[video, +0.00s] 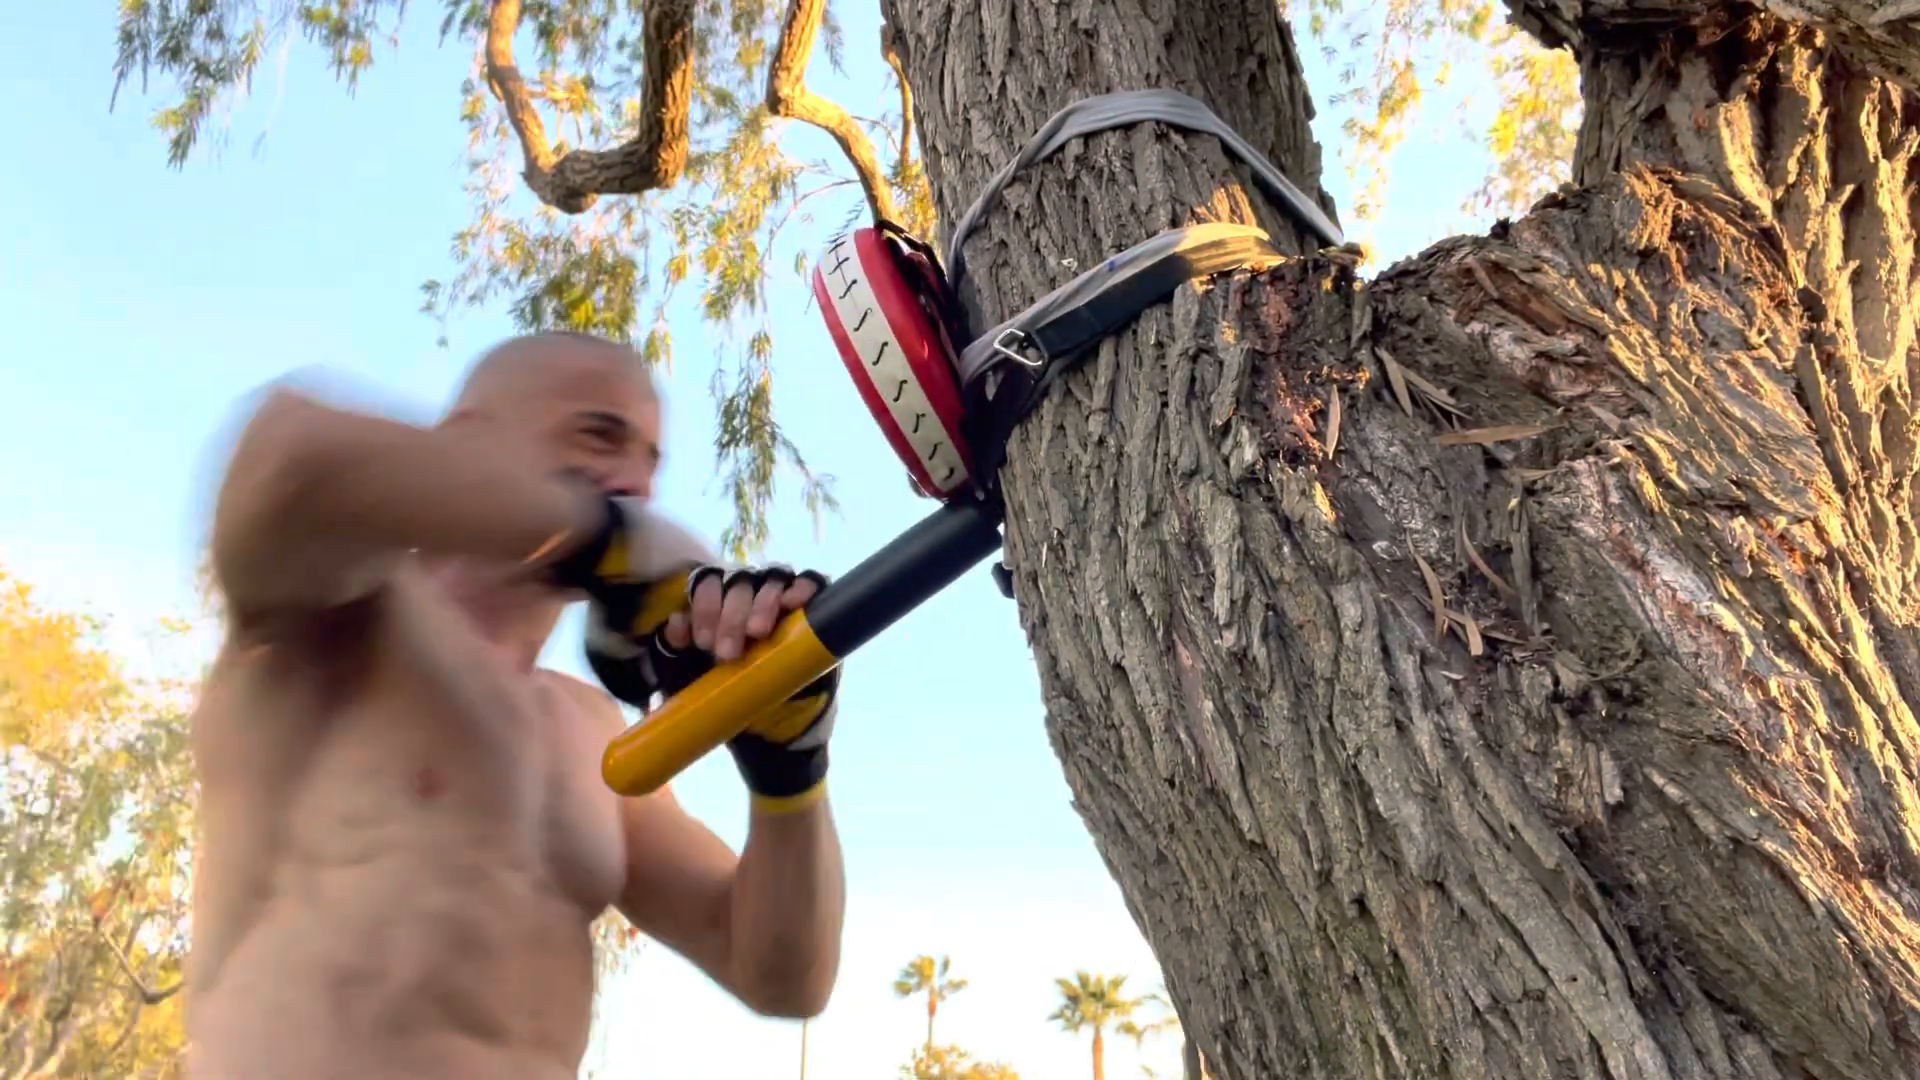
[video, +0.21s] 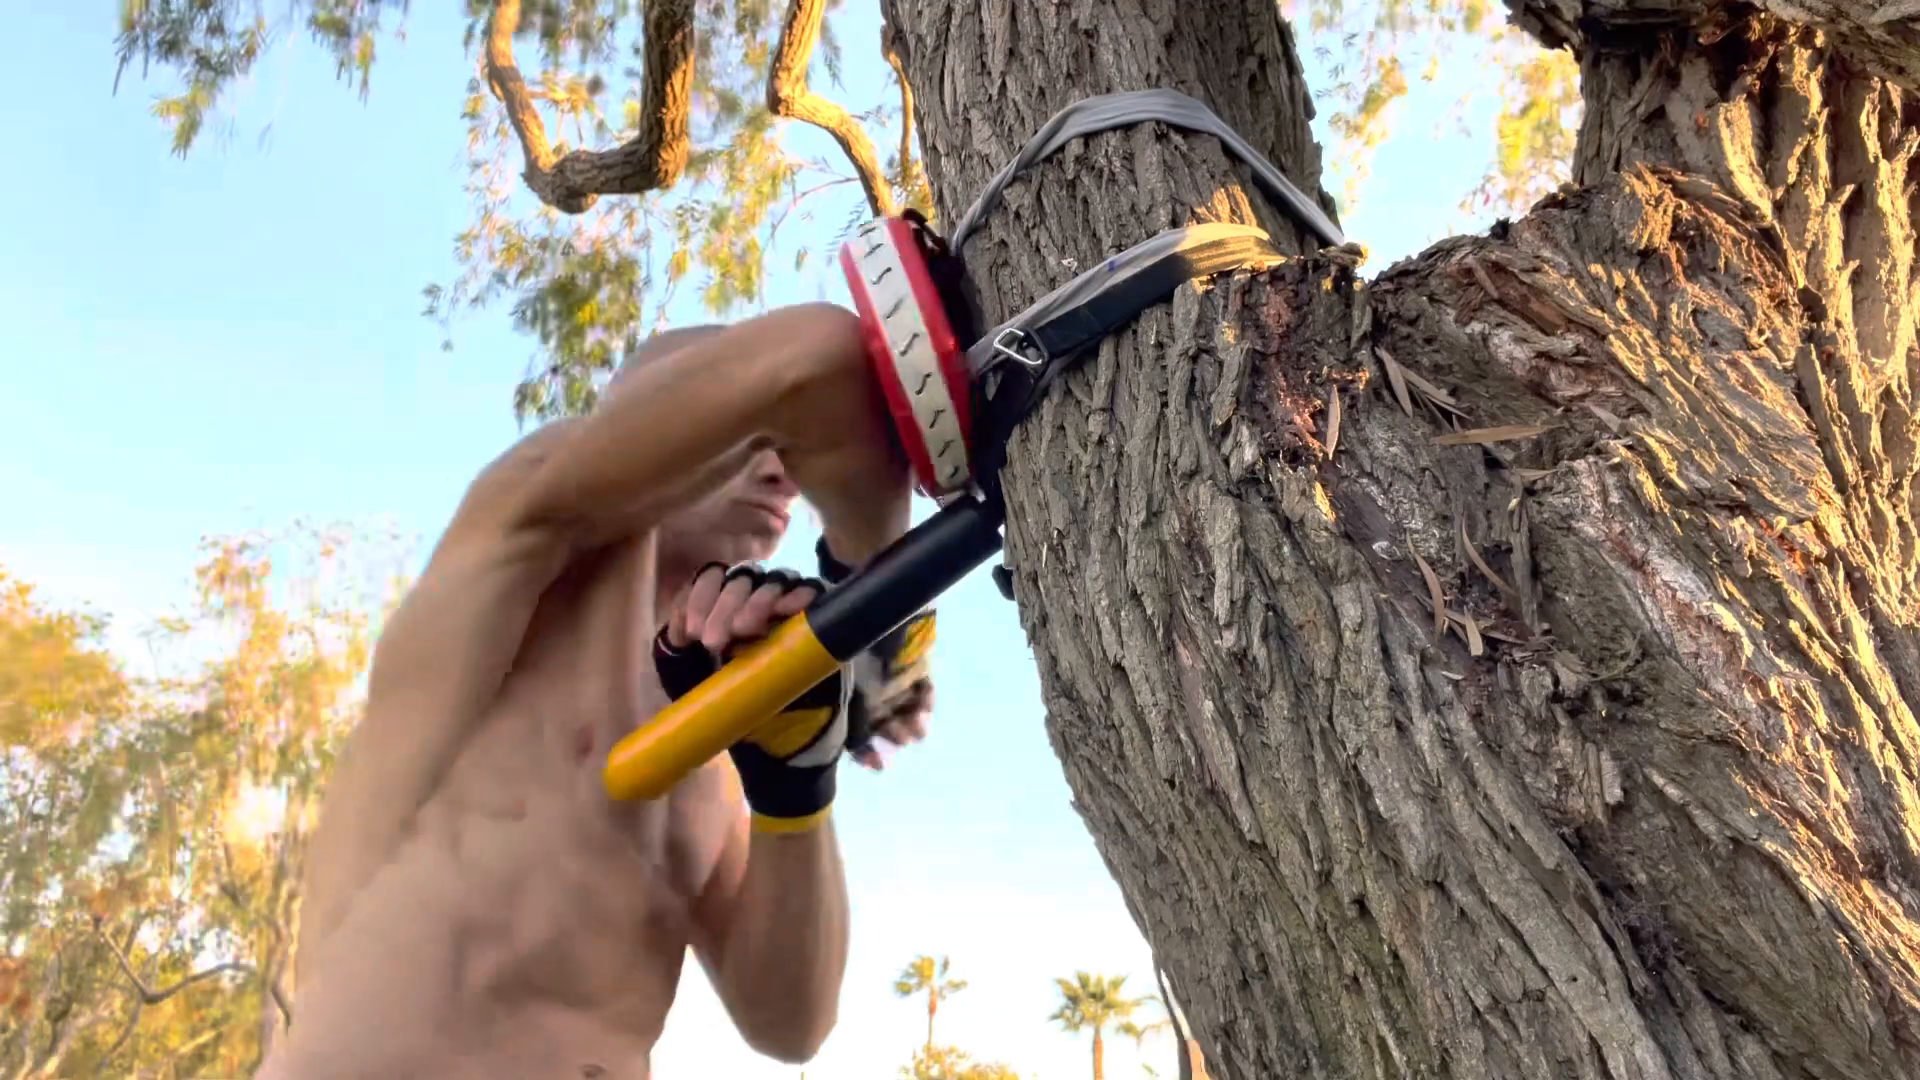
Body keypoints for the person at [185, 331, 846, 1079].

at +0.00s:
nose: (633, 485)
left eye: (650, 465)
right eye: (598, 436)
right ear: (469, 440)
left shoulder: (591, 735)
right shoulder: (331, 610)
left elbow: (783, 979)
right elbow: (294, 455)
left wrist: (785, 763)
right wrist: (610, 538)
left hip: (529, 1061)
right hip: (303, 1052)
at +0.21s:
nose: (784, 462)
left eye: (789, 445)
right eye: (739, 424)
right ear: (632, 425)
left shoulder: (715, 766)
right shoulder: (529, 523)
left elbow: (787, 1023)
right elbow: (820, 350)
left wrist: (792, 768)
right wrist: (876, 601)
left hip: (607, 1060)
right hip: (378, 1052)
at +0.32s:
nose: (746, 471)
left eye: (754, 456)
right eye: (707, 431)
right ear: (599, 426)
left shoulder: (695, 742)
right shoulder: (492, 532)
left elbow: (810, 1010)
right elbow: (794, 370)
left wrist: (808, 761)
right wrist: (858, 598)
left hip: (601, 1059)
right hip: (371, 1051)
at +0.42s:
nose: (663, 484)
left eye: (690, 448)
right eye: (636, 437)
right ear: (504, 440)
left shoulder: (621, 731)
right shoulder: (376, 574)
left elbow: (762, 991)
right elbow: (675, 432)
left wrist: (778, 710)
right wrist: (835, 500)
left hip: (541, 1059)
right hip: (307, 1051)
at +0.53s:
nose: (582, 473)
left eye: (609, 447)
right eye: (545, 428)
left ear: (634, 470)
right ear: (421, 444)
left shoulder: (553, 728)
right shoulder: (276, 572)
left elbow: (671, 1032)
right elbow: (501, 533)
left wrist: (710, 798)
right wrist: (762, 419)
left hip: (489, 1062)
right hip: (255, 1050)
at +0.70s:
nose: (392, 471)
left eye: (416, 446)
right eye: (350, 421)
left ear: (426, 476)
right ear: (214, 432)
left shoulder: (409, 692)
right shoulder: (53, 606)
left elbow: (683, 847)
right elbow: (105, 880)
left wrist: (636, 605)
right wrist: (534, 762)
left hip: (354, 1058)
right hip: (121, 1058)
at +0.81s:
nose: (333, 466)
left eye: (359, 441)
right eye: (290, 416)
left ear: (367, 474)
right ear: (152, 430)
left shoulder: (369, 662)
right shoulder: (27, 630)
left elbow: (655, 681)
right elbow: (44, 882)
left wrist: (806, 496)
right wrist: (461, 747)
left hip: (327, 1063)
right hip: (76, 1065)